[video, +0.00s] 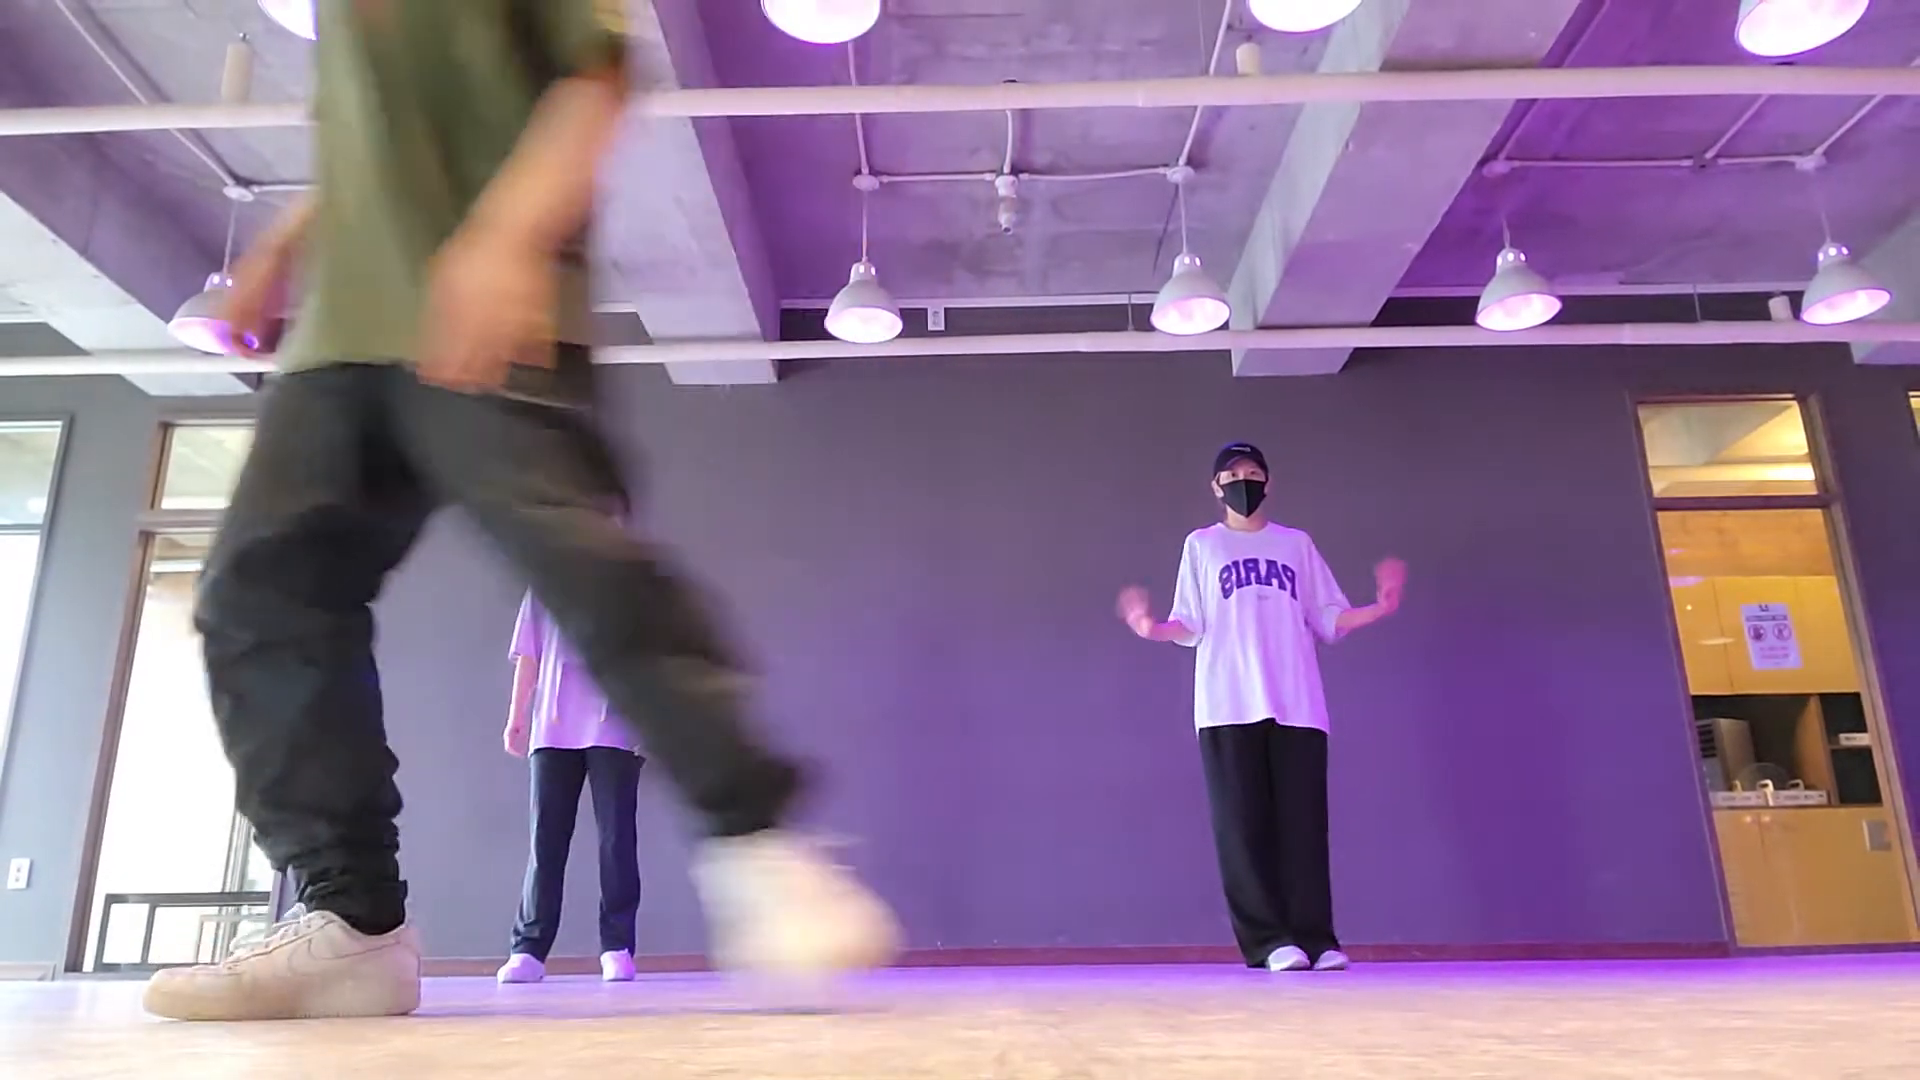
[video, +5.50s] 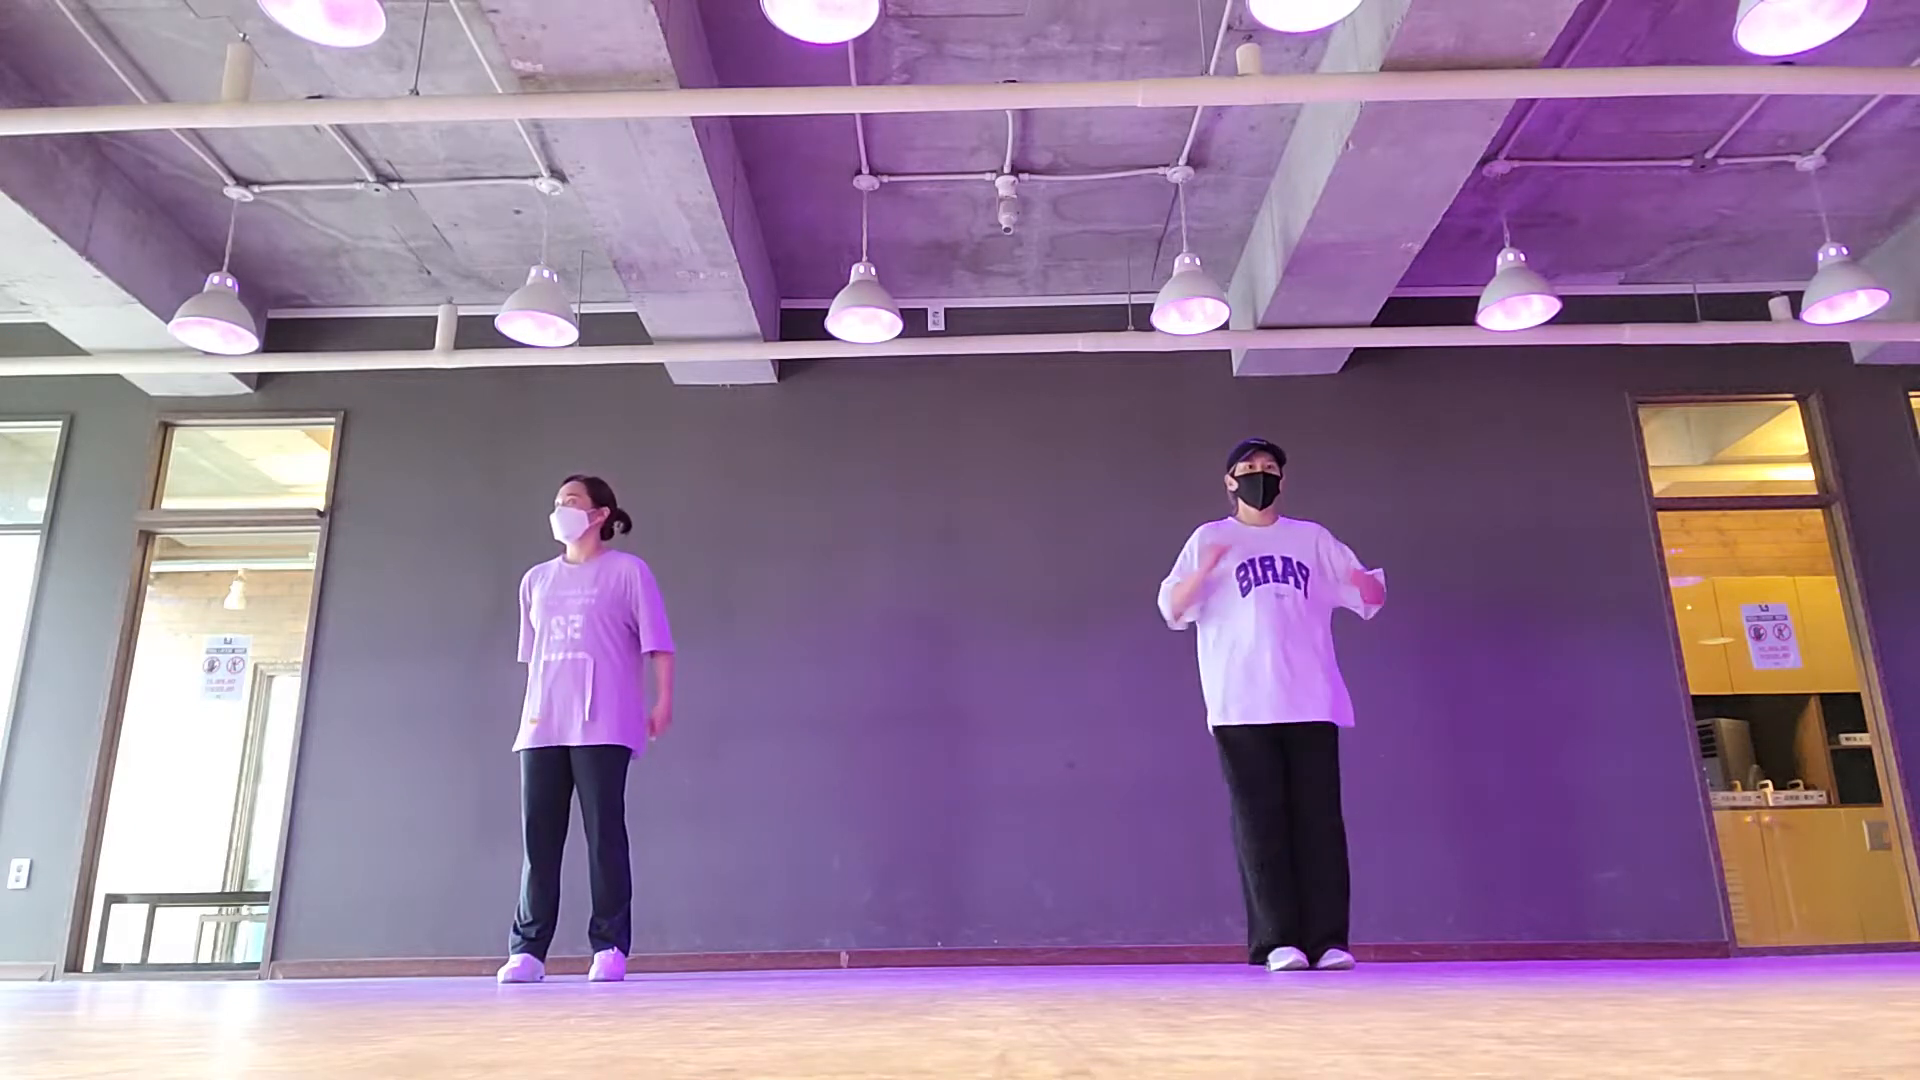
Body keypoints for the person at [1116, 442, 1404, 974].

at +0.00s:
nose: (1244, 483)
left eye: (1252, 474)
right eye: (1233, 475)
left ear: (1267, 483)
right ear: (1217, 486)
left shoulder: (1298, 545)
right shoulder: (1201, 546)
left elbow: (1330, 622)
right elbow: (1191, 627)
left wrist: (1381, 607)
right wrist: (1149, 627)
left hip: (1297, 702)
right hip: (1229, 706)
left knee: (1303, 822)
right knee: (1245, 829)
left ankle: (1318, 941)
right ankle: (1269, 944)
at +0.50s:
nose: (1248, 485)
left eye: (1257, 477)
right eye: (1237, 478)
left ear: (1272, 486)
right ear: (1221, 488)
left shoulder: (1304, 544)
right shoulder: (1204, 548)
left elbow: (1337, 622)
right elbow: (1190, 629)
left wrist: (1367, 675)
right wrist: (1179, 689)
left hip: (1302, 701)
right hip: (1235, 704)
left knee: (1310, 816)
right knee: (1250, 823)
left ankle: (1320, 931)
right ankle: (1269, 940)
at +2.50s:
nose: (1258, 483)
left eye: (1267, 475)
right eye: (1246, 475)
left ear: (1280, 485)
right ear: (1230, 486)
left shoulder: (1309, 547)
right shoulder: (1210, 546)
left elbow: (1333, 627)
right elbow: (1201, 626)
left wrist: (1351, 684)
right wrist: (1206, 688)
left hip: (1309, 704)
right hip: (1244, 706)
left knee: (1317, 823)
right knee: (1256, 829)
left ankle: (1325, 941)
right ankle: (1271, 944)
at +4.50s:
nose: (1259, 480)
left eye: (1268, 472)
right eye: (1248, 472)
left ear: (1281, 483)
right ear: (1231, 485)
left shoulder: (1311, 543)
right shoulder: (1213, 544)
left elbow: (1336, 621)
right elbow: (1205, 624)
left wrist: (1349, 682)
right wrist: (1208, 685)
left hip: (1311, 702)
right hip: (1245, 706)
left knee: (1318, 823)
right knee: (1256, 828)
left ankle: (1326, 941)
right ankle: (1271, 943)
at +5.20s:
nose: (1259, 481)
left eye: (1268, 473)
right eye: (1248, 473)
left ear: (1282, 481)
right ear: (1230, 484)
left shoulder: (1313, 543)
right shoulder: (1211, 543)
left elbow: (1362, 616)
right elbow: (1181, 621)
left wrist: (1420, 658)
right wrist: (1144, 671)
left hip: (1309, 708)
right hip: (1241, 711)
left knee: (1317, 824)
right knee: (1257, 827)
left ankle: (1325, 941)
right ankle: (1273, 944)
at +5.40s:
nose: (1260, 481)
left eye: (1269, 473)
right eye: (1249, 473)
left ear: (1282, 482)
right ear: (1230, 483)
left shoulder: (1313, 539)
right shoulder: (1208, 542)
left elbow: (1360, 588)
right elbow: (1172, 599)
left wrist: (1404, 600)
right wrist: (1154, 604)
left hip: (1313, 705)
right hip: (1244, 708)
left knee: (1320, 825)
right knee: (1262, 829)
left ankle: (1327, 942)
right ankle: (1276, 945)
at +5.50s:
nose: (1260, 478)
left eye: (1269, 470)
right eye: (1249, 470)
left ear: (1281, 479)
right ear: (1231, 481)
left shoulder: (1313, 538)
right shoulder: (1209, 539)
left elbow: (1368, 597)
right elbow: (1172, 610)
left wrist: (1369, 584)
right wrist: (1205, 566)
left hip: (1311, 704)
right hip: (1242, 707)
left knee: (1319, 821)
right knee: (1262, 827)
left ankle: (1328, 942)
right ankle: (1276, 945)